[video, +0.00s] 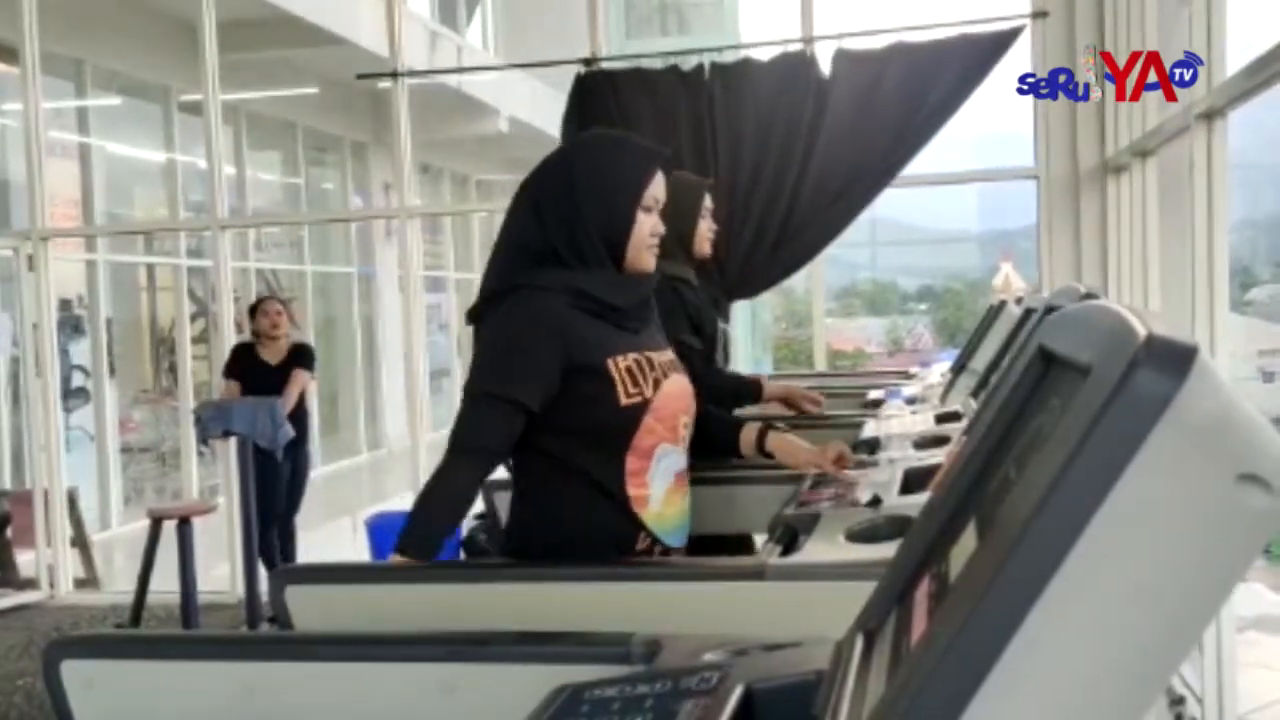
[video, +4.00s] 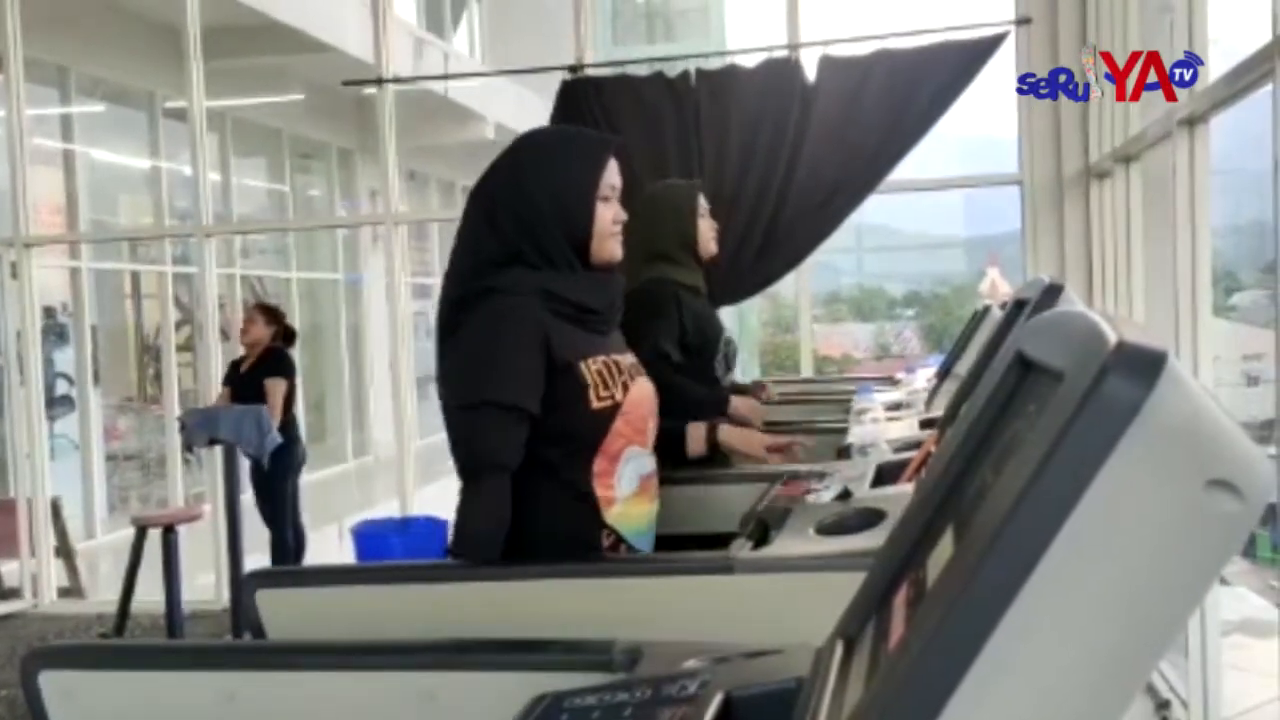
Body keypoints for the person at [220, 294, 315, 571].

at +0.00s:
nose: (274, 319)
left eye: (279, 313)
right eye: (266, 314)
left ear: (288, 319)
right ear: (254, 323)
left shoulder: (301, 351)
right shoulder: (242, 352)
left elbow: (294, 388)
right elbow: (231, 394)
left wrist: (275, 420)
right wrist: (237, 424)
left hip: (292, 437)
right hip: (254, 437)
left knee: (286, 511)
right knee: (263, 511)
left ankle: (288, 577)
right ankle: (275, 576)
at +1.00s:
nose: (264, 319)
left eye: (272, 314)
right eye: (259, 314)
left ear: (287, 320)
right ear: (253, 320)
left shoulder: (292, 351)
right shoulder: (247, 356)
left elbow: (287, 398)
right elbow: (234, 395)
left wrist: (275, 429)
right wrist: (216, 418)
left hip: (295, 433)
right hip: (266, 436)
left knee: (297, 504)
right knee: (287, 504)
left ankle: (300, 568)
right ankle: (302, 564)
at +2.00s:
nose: (265, 317)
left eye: (272, 311)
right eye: (258, 312)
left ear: (282, 317)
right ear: (249, 319)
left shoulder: (297, 351)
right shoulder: (237, 353)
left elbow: (290, 394)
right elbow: (227, 395)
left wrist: (271, 420)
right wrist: (241, 418)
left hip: (293, 433)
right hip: (255, 435)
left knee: (297, 501)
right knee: (268, 505)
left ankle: (305, 563)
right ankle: (274, 566)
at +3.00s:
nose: (240, 324)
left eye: (247, 317)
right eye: (238, 319)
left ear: (267, 321)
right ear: (235, 324)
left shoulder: (290, 353)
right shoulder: (230, 357)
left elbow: (284, 390)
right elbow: (220, 398)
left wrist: (265, 421)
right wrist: (212, 425)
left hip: (287, 435)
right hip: (248, 436)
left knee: (284, 508)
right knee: (257, 510)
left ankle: (286, 570)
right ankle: (260, 572)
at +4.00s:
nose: (244, 326)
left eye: (252, 322)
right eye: (245, 321)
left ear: (271, 330)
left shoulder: (276, 359)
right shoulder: (237, 366)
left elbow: (274, 409)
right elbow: (222, 404)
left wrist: (260, 439)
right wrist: (201, 425)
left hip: (283, 442)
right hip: (257, 445)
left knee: (282, 512)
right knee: (273, 512)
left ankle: (284, 574)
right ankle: (290, 572)